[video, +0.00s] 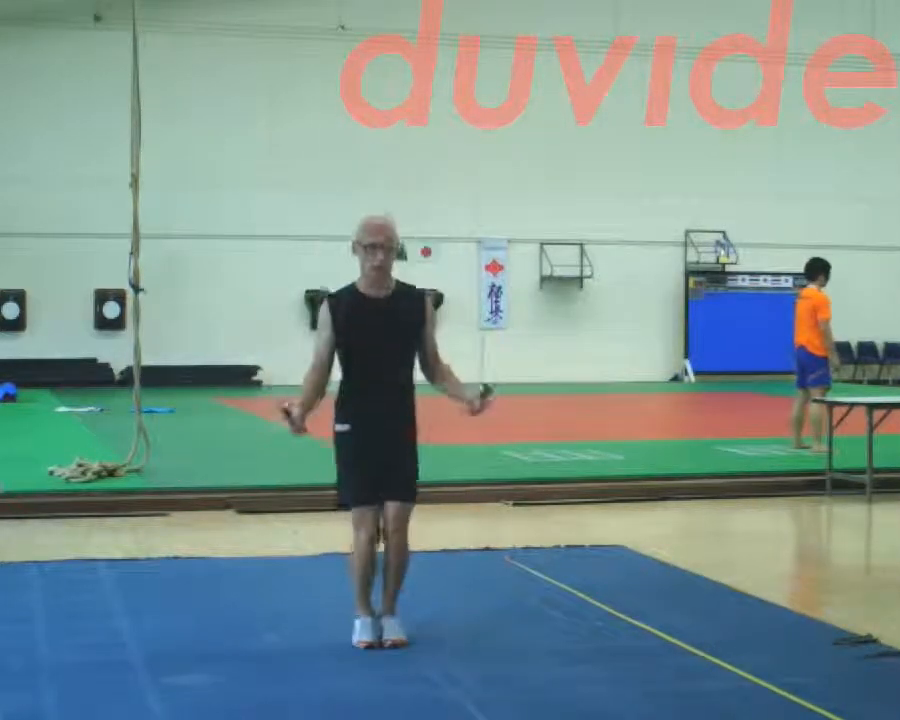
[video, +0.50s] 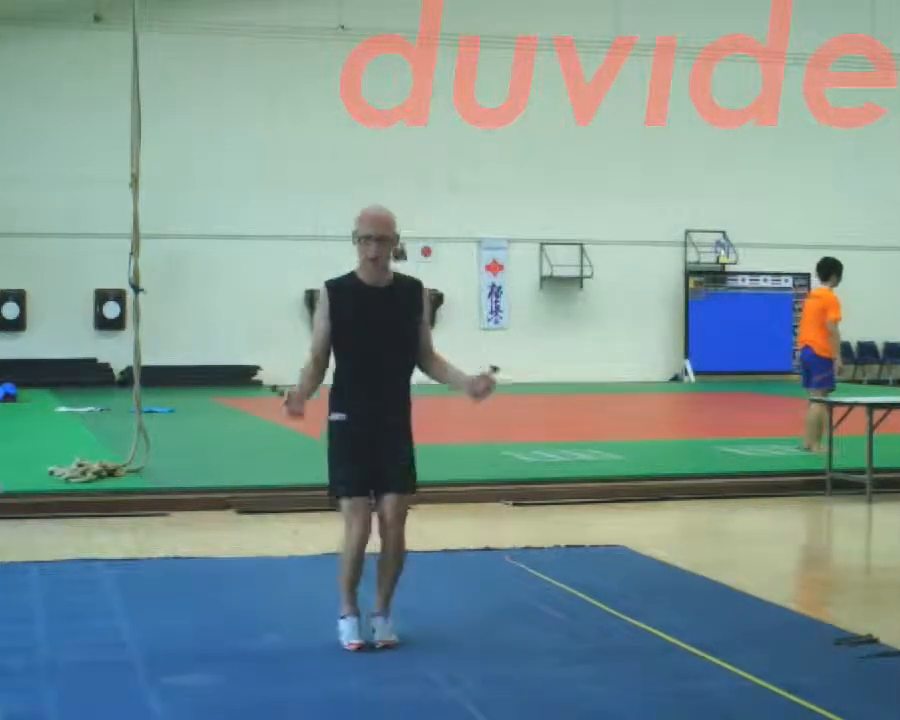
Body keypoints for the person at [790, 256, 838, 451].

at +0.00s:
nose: (827, 279)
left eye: (827, 275)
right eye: (826, 275)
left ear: (808, 275)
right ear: (821, 275)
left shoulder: (802, 295)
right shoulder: (820, 298)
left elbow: (801, 323)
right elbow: (824, 326)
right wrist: (832, 353)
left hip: (801, 348)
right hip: (815, 350)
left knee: (802, 394)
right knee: (818, 397)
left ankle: (797, 439)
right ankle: (818, 441)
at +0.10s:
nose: (830, 279)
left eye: (830, 275)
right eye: (829, 275)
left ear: (811, 274)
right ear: (824, 275)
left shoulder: (804, 295)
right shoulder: (822, 298)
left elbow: (801, 323)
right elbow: (826, 327)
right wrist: (835, 352)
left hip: (802, 348)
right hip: (817, 350)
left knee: (805, 395)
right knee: (817, 397)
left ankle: (798, 438)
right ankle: (817, 441)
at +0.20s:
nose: (834, 278)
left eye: (834, 275)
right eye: (833, 275)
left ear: (814, 275)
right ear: (829, 275)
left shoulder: (806, 296)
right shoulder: (826, 299)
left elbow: (803, 323)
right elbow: (829, 328)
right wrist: (837, 353)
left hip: (804, 348)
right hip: (819, 350)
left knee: (806, 395)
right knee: (818, 397)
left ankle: (799, 437)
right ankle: (817, 441)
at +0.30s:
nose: (837, 279)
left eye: (837, 275)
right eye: (836, 275)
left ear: (817, 275)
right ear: (831, 276)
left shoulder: (810, 296)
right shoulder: (828, 298)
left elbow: (805, 325)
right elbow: (830, 326)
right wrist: (839, 355)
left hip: (806, 349)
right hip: (820, 351)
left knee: (810, 396)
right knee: (818, 398)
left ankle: (802, 437)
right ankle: (815, 441)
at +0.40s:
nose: (839, 278)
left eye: (838, 275)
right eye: (839, 275)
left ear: (819, 275)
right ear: (835, 276)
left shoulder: (811, 296)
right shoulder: (829, 298)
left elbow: (805, 325)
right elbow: (831, 326)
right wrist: (838, 355)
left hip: (806, 349)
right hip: (820, 351)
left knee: (816, 398)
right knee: (818, 399)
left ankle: (811, 441)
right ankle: (812, 443)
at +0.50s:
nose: (840, 279)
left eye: (839, 275)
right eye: (839, 275)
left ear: (819, 275)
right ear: (835, 276)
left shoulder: (812, 296)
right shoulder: (829, 298)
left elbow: (805, 325)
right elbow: (832, 326)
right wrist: (837, 355)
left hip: (806, 349)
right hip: (820, 351)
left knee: (816, 398)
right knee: (818, 399)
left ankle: (811, 441)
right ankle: (812, 443)